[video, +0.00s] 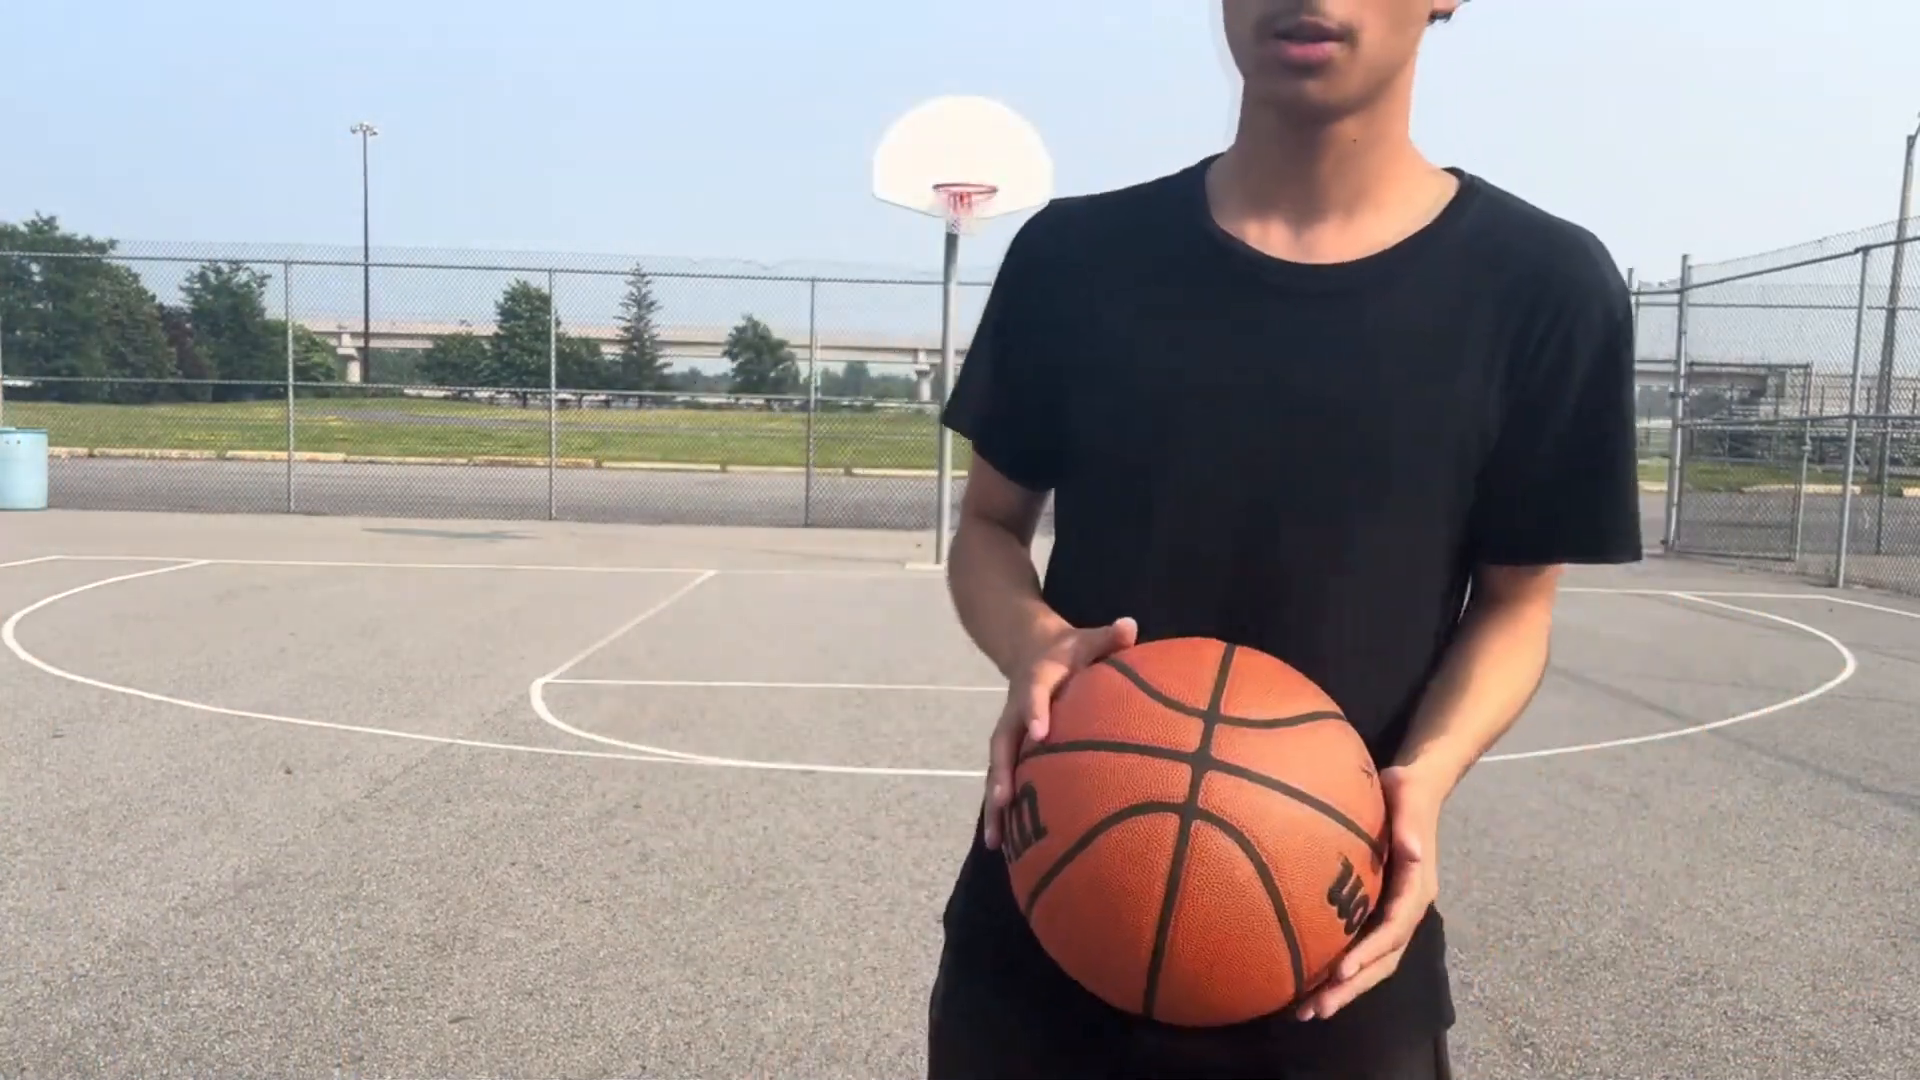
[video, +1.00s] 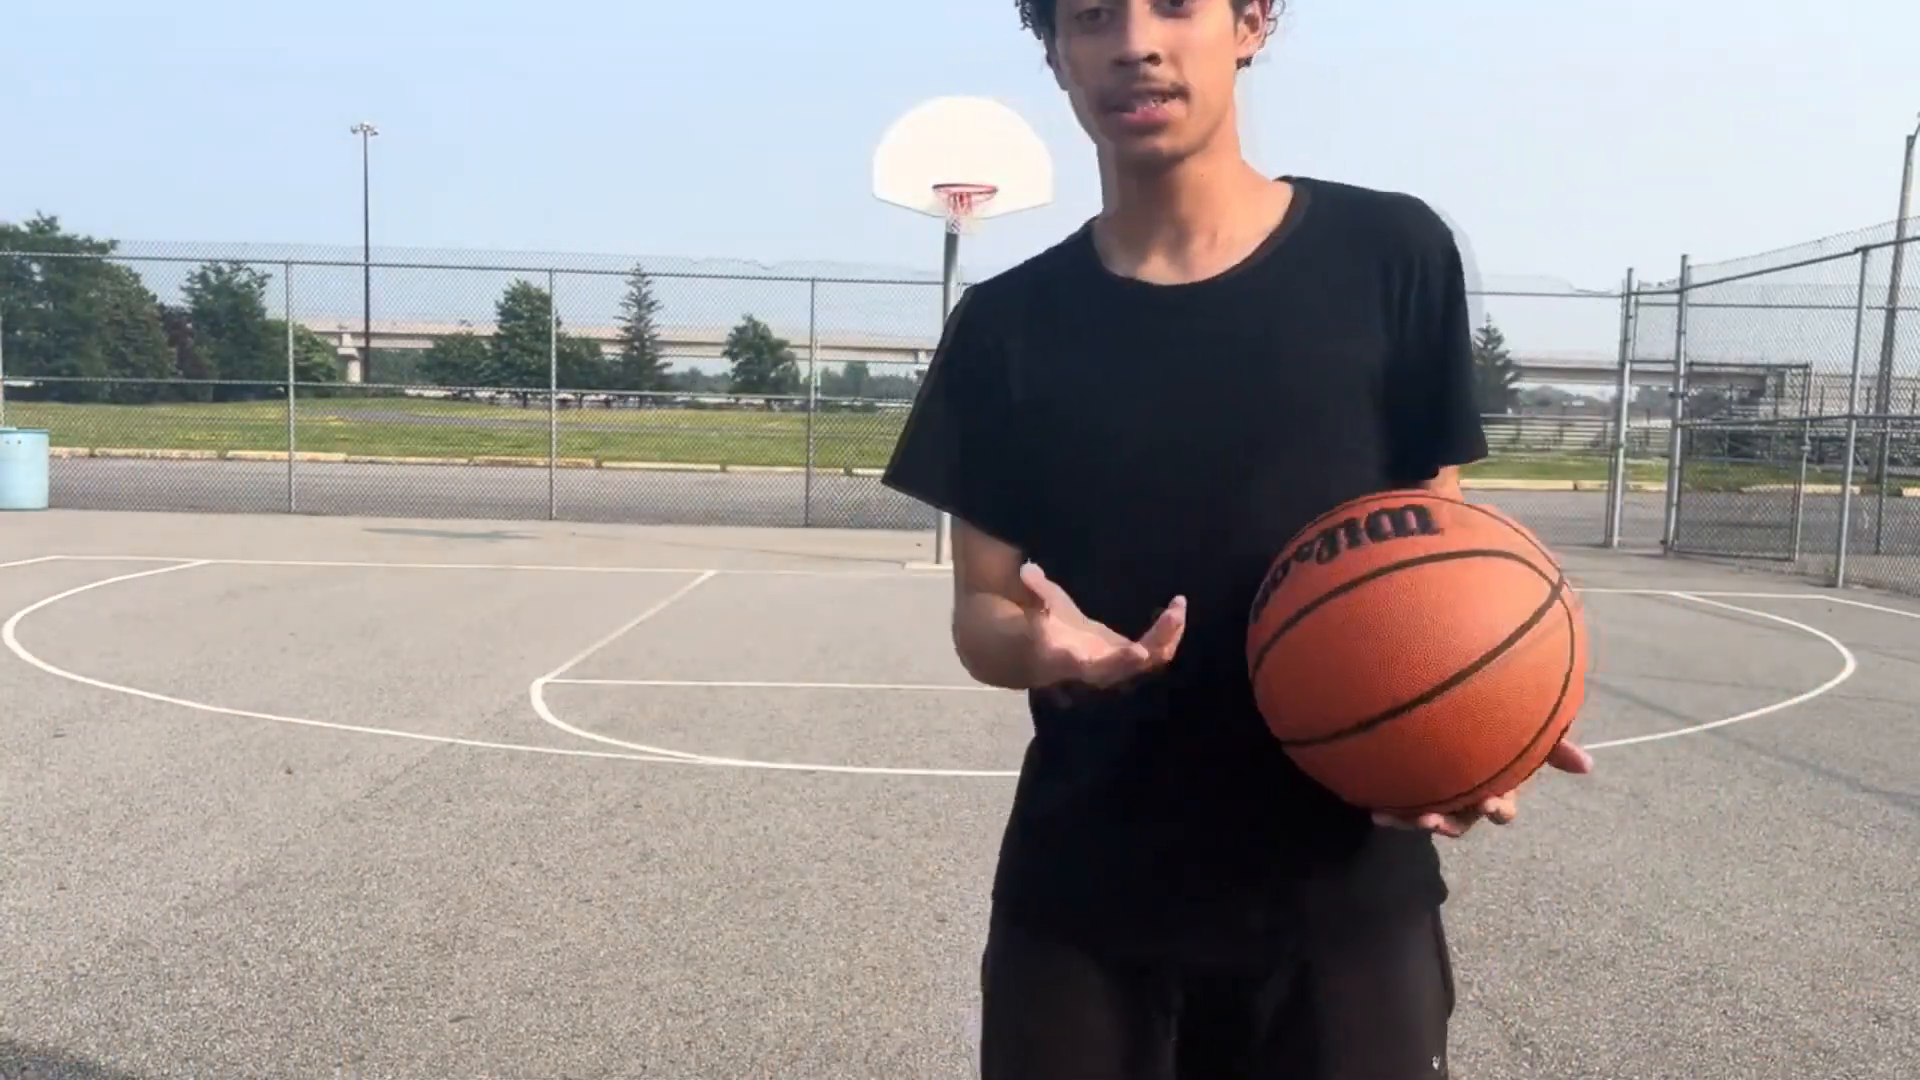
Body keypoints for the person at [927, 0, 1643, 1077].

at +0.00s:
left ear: (1436, 1)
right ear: (1222, 1)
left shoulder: (1547, 287)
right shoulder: (1071, 255)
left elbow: (1515, 601)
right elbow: (988, 528)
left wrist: (1422, 771)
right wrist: (1033, 643)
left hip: (1346, 929)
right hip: (1054, 906)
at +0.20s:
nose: (1216, 20)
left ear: (1345, 25)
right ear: (1135, 11)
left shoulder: (1433, 275)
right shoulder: (1009, 287)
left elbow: (1470, 567)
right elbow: (947, 556)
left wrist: (1379, 722)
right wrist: (1000, 635)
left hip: (1301, 908)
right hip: (1031, 891)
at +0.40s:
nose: (1119, 41)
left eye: (1170, 10)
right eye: (1085, 3)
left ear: (1231, 52)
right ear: (1031, 30)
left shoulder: (1346, 260)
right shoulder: (952, 324)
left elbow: (1403, 526)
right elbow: (916, 583)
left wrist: (1327, 713)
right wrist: (989, 664)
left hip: (1294, 857)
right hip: (1038, 856)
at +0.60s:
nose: (1066, 55)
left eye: (1108, 19)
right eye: (1025, 21)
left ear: (1171, 53)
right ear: (979, 61)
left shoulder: (1313, 242)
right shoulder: (942, 352)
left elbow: (1409, 494)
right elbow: (925, 606)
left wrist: (1350, 665)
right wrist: (1015, 660)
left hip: (1305, 834)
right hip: (1060, 842)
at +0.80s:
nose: (1071, 54)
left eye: (1110, 17)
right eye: (1031, 24)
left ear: (1177, 47)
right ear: (987, 67)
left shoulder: (1322, 236)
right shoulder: (955, 345)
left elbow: (1418, 490)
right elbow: (938, 625)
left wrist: (1423, 669)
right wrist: (1057, 623)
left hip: (1321, 837)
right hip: (1076, 853)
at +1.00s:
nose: (1138, 43)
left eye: (1177, 4)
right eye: (1096, 13)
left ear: (1250, 25)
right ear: (1054, 50)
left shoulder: (1393, 254)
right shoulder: (1004, 324)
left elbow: (1436, 537)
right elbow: (979, 608)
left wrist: (1466, 714)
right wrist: (1038, 645)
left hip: (1346, 886)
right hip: (1089, 897)